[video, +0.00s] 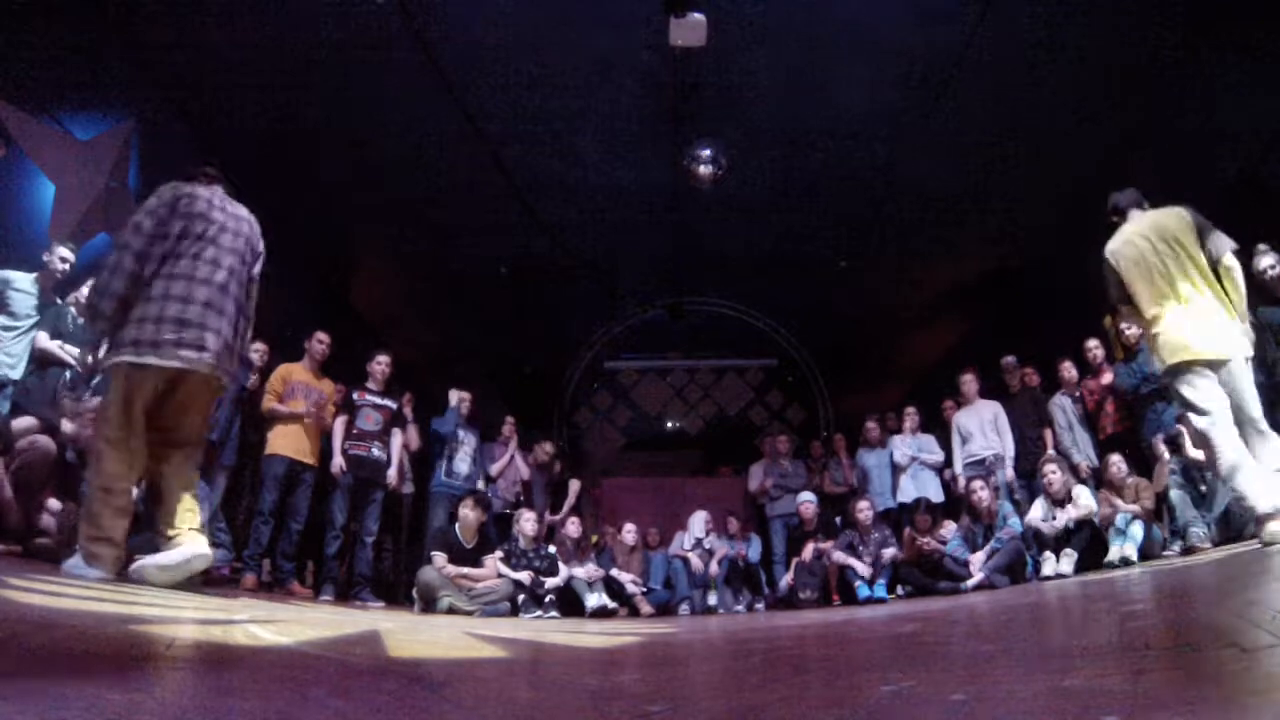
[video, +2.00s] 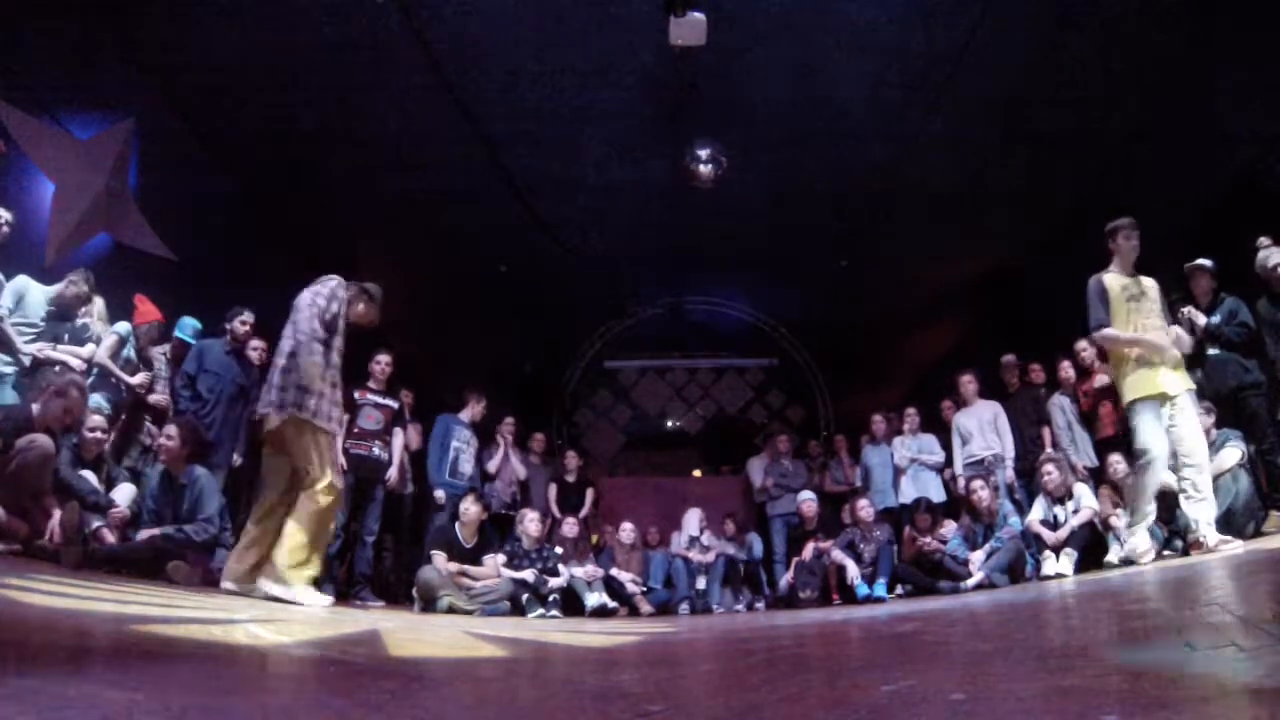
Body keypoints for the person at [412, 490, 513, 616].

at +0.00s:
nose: (466, 512)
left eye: (473, 509)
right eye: (464, 507)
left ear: (483, 517)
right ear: (458, 510)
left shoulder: (485, 539)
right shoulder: (442, 534)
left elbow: (492, 572)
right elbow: (441, 568)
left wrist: (460, 571)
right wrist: (474, 585)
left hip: (477, 590)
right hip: (448, 588)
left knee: (507, 585)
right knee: (426, 574)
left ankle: (455, 606)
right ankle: (477, 610)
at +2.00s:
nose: (466, 507)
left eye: (473, 504)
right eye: (464, 502)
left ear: (484, 515)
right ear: (459, 506)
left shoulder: (485, 537)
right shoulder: (442, 532)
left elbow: (493, 572)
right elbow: (441, 567)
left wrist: (461, 568)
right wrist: (474, 584)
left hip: (477, 589)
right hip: (447, 587)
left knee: (506, 585)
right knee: (427, 574)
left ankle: (454, 605)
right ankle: (477, 609)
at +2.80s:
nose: (484, 514)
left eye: (486, 509)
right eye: (478, 508)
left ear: (489, 512)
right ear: (462, 510)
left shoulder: (485, 538)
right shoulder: (442, 533)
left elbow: (493, 572)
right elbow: (442, 570)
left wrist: (462, 569)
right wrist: (474, 584)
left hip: (476, 591)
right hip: (447, 588)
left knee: (506, 585)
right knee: (427, 574)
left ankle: (453, 604)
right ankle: (476, 609)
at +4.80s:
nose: (487, 513)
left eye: (488, 508)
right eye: (482, 507)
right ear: (465, 509)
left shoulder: (484, 536)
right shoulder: (443, 531)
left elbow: (492, 572)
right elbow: (441, 569)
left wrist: (461, 569)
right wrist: (474, 584)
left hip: (477, 590)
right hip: (448, 588)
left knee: (507, 585)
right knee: (427, 572)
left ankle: (456, 605)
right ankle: (476, 609)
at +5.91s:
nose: (475, 511)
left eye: (480, 507)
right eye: (470, 505)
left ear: (485, 513)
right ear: (460, 509)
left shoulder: (484, 536)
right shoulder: (443, 531)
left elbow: (493, 572)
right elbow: (442, 570)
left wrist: (461, 569)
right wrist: (474, 584)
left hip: (476, 591)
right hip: (446, 589)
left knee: (507, 584)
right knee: (427, 573)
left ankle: (456, 603)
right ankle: (478, 608)